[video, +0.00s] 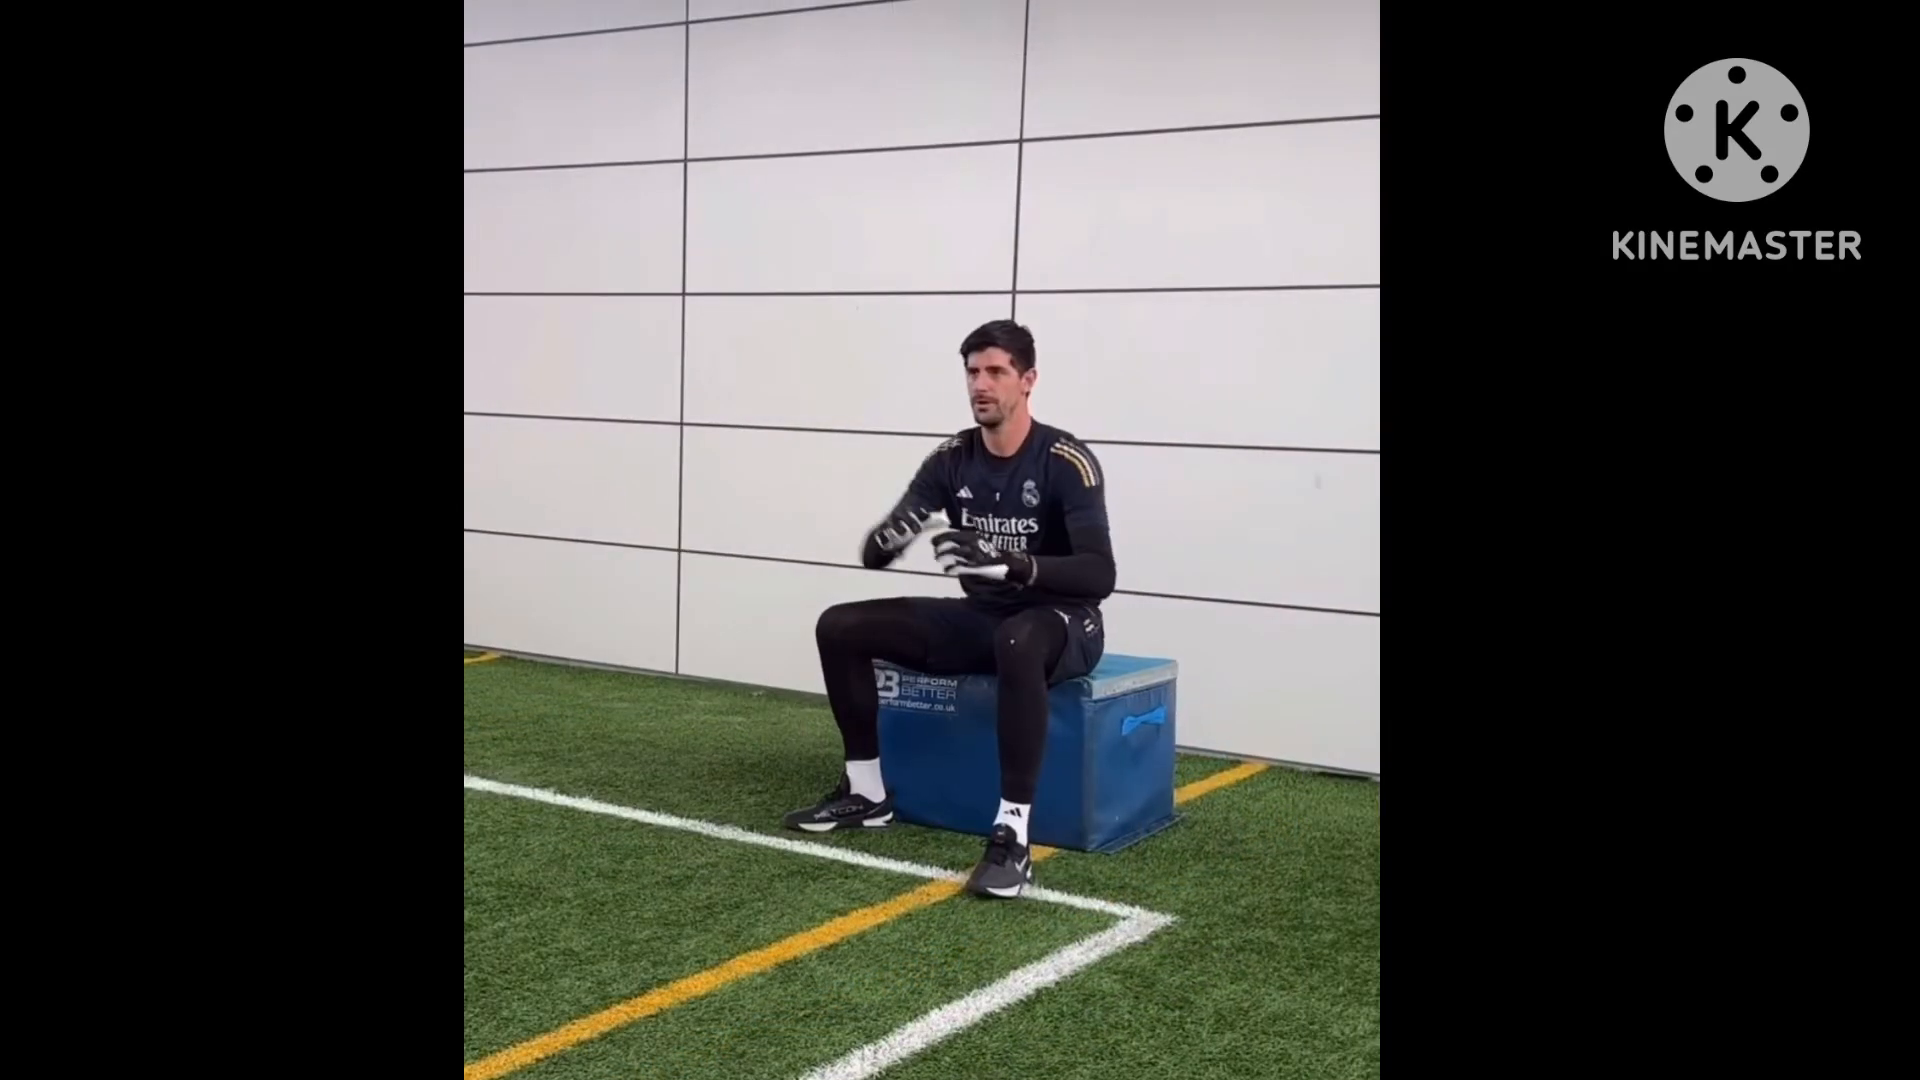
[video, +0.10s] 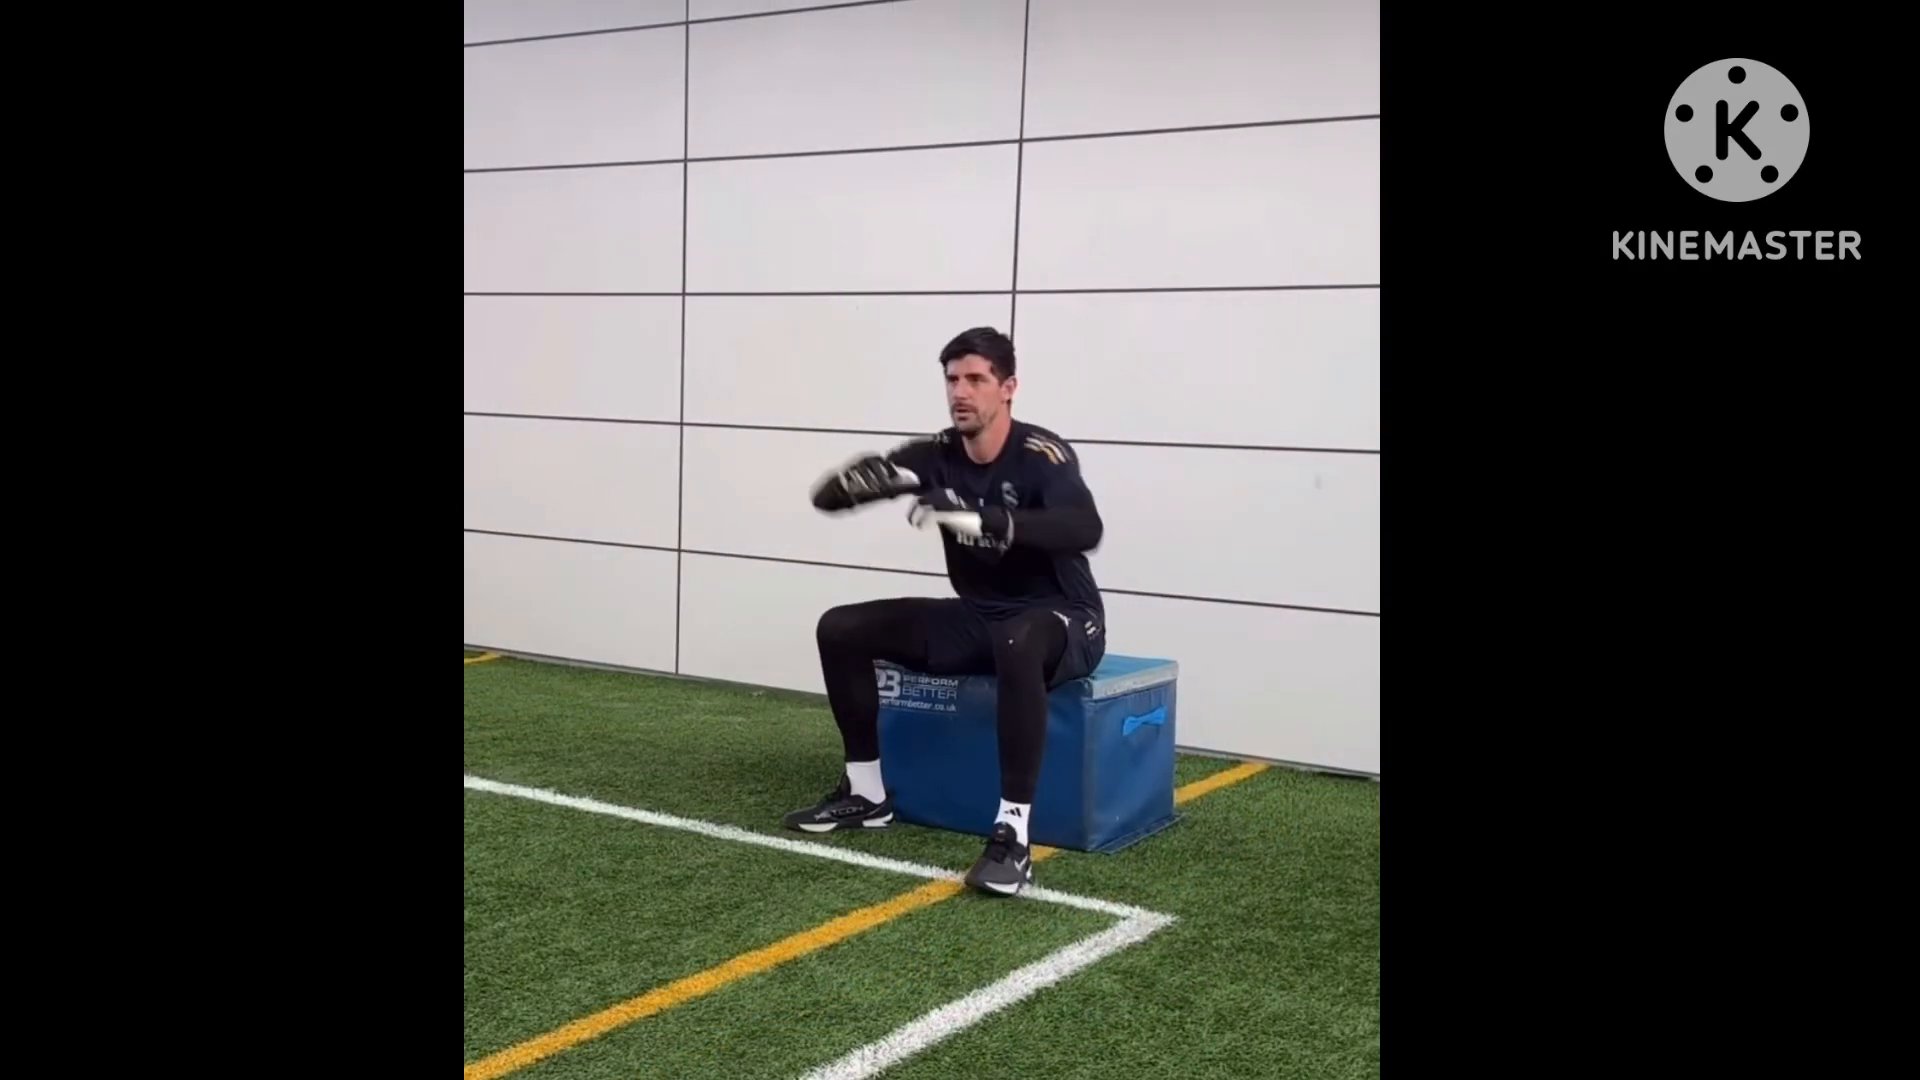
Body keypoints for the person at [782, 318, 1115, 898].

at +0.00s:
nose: (980, 385)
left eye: (994, 373)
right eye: (973, 373)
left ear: (1028, 381)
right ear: (966, 381)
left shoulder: (1068, 462)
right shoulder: (951, 460)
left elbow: (1098, 574)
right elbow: (874, 553)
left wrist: (1015, 564)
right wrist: (886, 540)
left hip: (1064, 621)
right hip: (980, 616)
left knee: (1019, 641)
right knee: (839, 626)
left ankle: (1010, 838)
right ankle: (865, 794)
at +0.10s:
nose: (959, 393)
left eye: (974, 380)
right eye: (952, 380)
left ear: (1008, 388)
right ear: (944, 387)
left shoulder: (1043, 452)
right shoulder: (930, 456)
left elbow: (1085, 528)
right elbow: (827, 497)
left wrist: (995, 524)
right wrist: (863, 483)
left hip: (1063, 620)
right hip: (977, 617)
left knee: (1019, 643)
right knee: (840, 628)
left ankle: (1011, 837)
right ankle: (866, 796)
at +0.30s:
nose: (922, 349)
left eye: (938, 337)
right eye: (916, 337)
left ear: (975, 345)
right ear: (910, 343)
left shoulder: (1010, 405)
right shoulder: (894, 408)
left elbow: (1097, 456)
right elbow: (809, 408)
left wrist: (1017, 461)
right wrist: (770, 407)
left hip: (1049, 579)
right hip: (966, 582)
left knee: (1009, 651)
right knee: (822, 642)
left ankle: (1011, 835)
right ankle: (864, 797)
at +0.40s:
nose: (917, 300)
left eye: (934, 287)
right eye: (910, 288)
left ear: (971, 296)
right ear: (904, 297)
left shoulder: (1015, 374)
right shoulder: (885, 378)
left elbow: (1121, 455)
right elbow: (803, 411)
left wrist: (1054, 479)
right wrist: (760, 435)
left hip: (1041, 551)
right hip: (960, 552)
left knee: (999, 656)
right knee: (823, 645)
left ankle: (1010, 837)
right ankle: (863, 797)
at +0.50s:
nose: (916, 242)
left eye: (932, 228)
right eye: (909, 229)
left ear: (970, 236)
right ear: (903, 241)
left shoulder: (1024, 331)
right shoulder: (888, 336)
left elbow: (1107, 437)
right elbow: (829, 414)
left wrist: (1076, 504)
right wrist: (781, 476)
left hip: (1026, 522)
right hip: (946, 524)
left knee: (998, 657)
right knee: (830, 645)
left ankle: (1009, 838)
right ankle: (865, 798)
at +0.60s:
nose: (880, 221)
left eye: (894, 208)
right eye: (872, 209)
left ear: (926, 215)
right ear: (865, 219)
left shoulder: (972, 306)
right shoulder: (850, 307)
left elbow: (1029, 411)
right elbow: (812, 385)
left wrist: (991, 460)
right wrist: (786, 438)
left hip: (962, 498)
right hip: (888, 496)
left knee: (940, 640)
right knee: (809, 627)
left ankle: (952, 805)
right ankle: (824, 770)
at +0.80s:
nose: (825, 254)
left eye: (835, 245)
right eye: (818, 245)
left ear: (857, 249)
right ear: (806, 248)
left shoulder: (876, 315)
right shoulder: (788, 303)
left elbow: (902, 384)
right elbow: (729, 350)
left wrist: (861, 324)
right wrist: (758, 304)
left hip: (844, 485)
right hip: (785, 482)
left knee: (836, 613)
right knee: (750, 602)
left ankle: (847, 744)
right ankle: (748, 719)